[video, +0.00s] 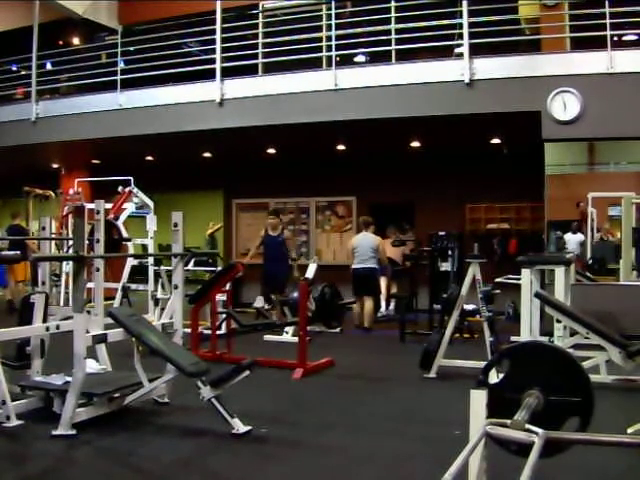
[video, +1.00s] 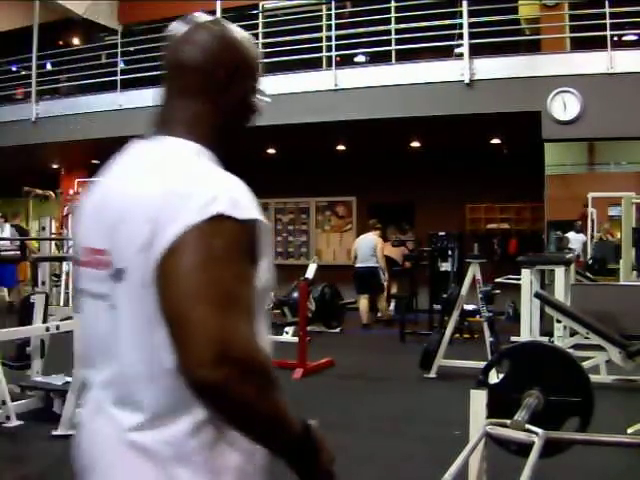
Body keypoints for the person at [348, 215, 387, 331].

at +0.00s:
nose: (373, 228)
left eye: (372, 226)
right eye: (373, 226)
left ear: (361, 226)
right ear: (371, 227)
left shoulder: (354, 240)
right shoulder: (377, 240)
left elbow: (350, 256)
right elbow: (382, 257)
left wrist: (354, 263)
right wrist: (385, 266)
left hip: (357, 268)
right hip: (371, 268)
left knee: (358, 298)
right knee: (369, 297)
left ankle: (357, 322)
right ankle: (367, 324)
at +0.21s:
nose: (373, 228)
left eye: (372, 226)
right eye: (372, 227)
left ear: (361, 227)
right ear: (371, 227)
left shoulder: (354, 240)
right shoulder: (377, 240)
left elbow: (351, 258)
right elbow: (381, 257)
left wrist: (352, 269)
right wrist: (387, 270)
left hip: (358, 269)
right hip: (371, 269)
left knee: (360, 297)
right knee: (369, 297)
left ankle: (362, 322)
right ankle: (367, 323)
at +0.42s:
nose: (373, 228)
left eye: (372, 226)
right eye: (372, 227)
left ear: (361, 227)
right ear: (370, 227)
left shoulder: (354, 241)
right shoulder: (375, 240)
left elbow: (352, 258)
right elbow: (379, 257)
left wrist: (351, 272)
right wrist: (385, 271)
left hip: (358, 269)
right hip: (371, 269)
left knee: (360, 297)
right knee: (369, 296)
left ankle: (363, 321)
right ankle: (367, 322)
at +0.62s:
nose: (373, 228)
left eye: (372, 226)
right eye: (372, 226)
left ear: (361, 227)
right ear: (370, 227)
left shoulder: (355, 240)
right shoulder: (374, 239)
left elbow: (352, 256)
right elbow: (377, 257)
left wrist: (353, 266)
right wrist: (383, 271)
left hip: (357, 268)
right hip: (370, 268)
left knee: (361, 296)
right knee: (372, 295)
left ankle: (363, 321)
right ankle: (370, 318)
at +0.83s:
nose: (376, 230)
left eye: (376, 228)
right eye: (375, 228)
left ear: (364, 228)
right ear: (372, 228)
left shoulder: (356, 240)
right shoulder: (374, 240)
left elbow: (353, 255)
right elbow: (377, 257)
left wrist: (355, 264)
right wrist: (383, 270)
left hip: (358, 267)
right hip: (371, 267)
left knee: (362, 295)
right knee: (379, 293)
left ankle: (364, 321)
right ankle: (380, 318)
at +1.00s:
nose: (380, 233)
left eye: (379, 231)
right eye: (379, 231)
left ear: (370, 229)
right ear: (377, 230)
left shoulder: (359, 239)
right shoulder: (378, 240)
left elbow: (353, 255)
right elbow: (380, 257)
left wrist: (355, 264)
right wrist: (385, 272)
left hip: (359, 268)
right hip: (373, 267)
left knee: (363, 295)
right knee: (380, 293)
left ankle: (364, 321)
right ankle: (384, 315)